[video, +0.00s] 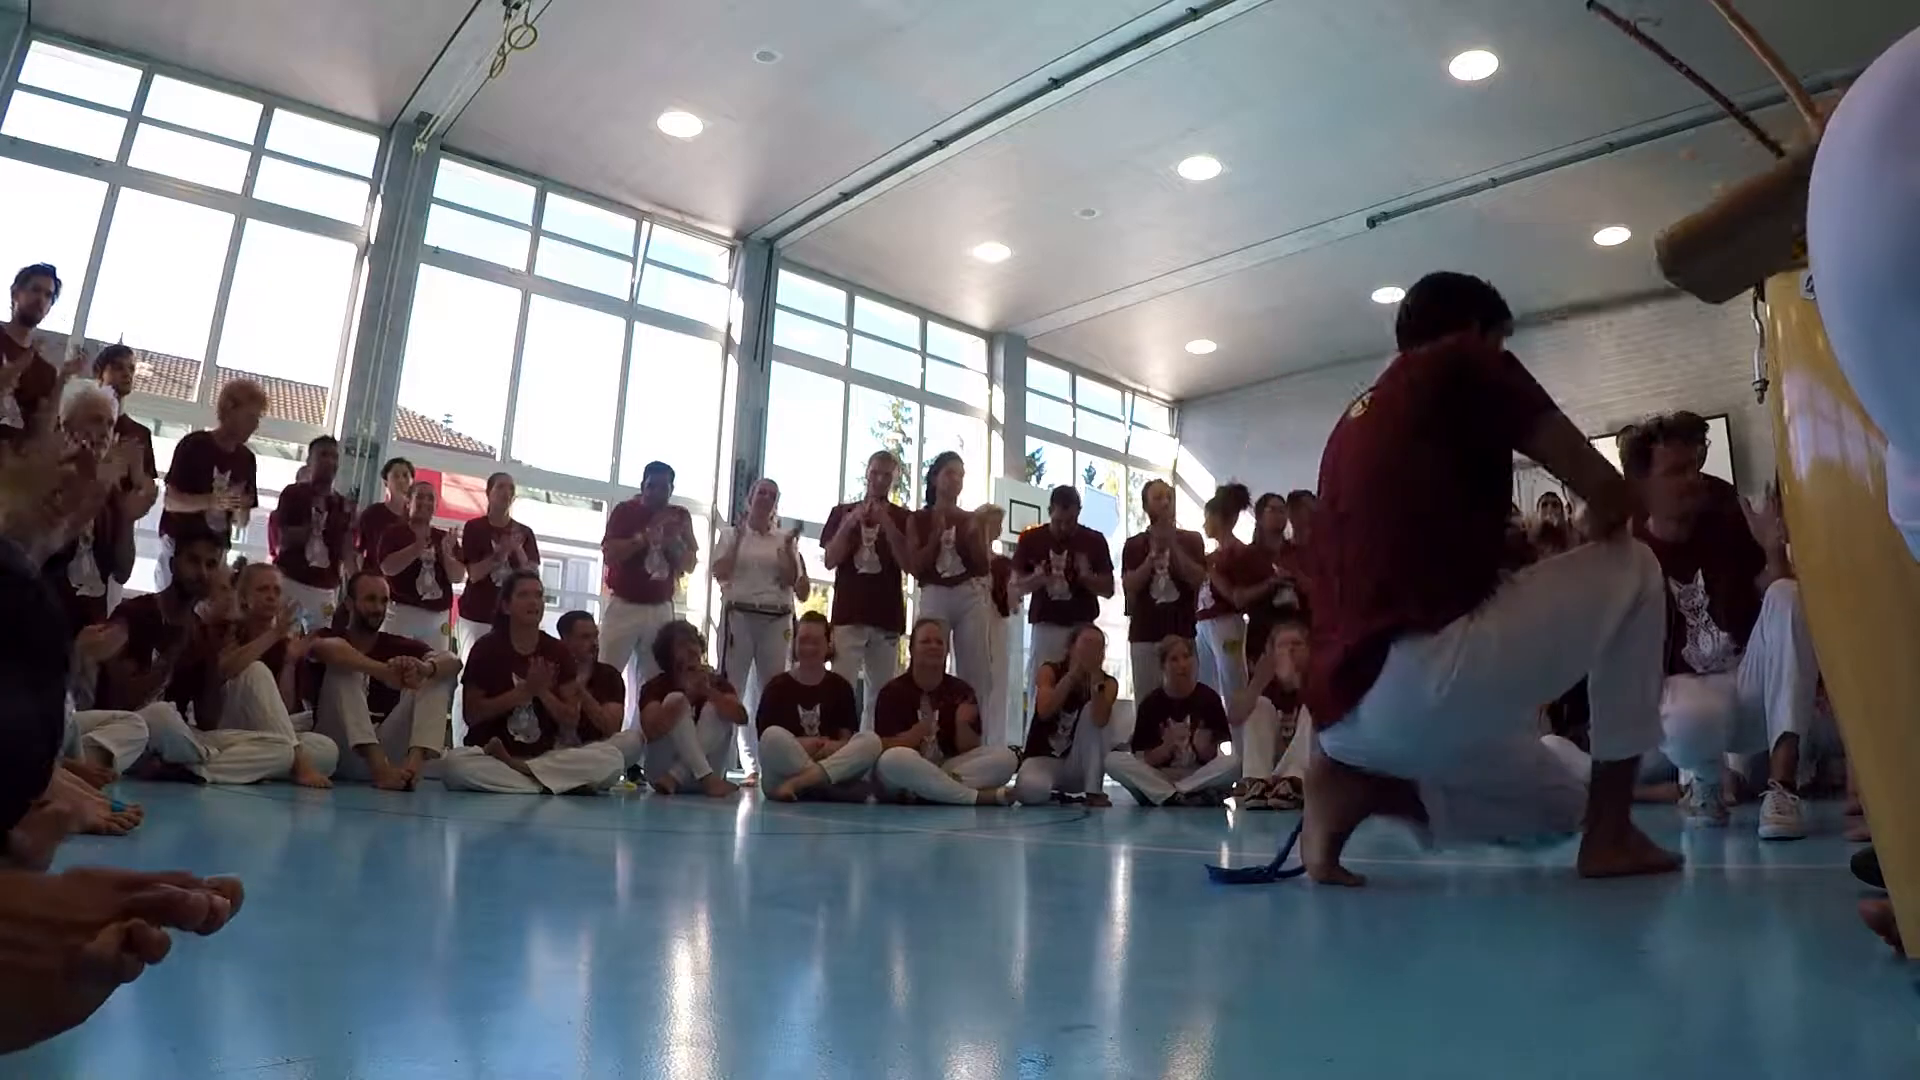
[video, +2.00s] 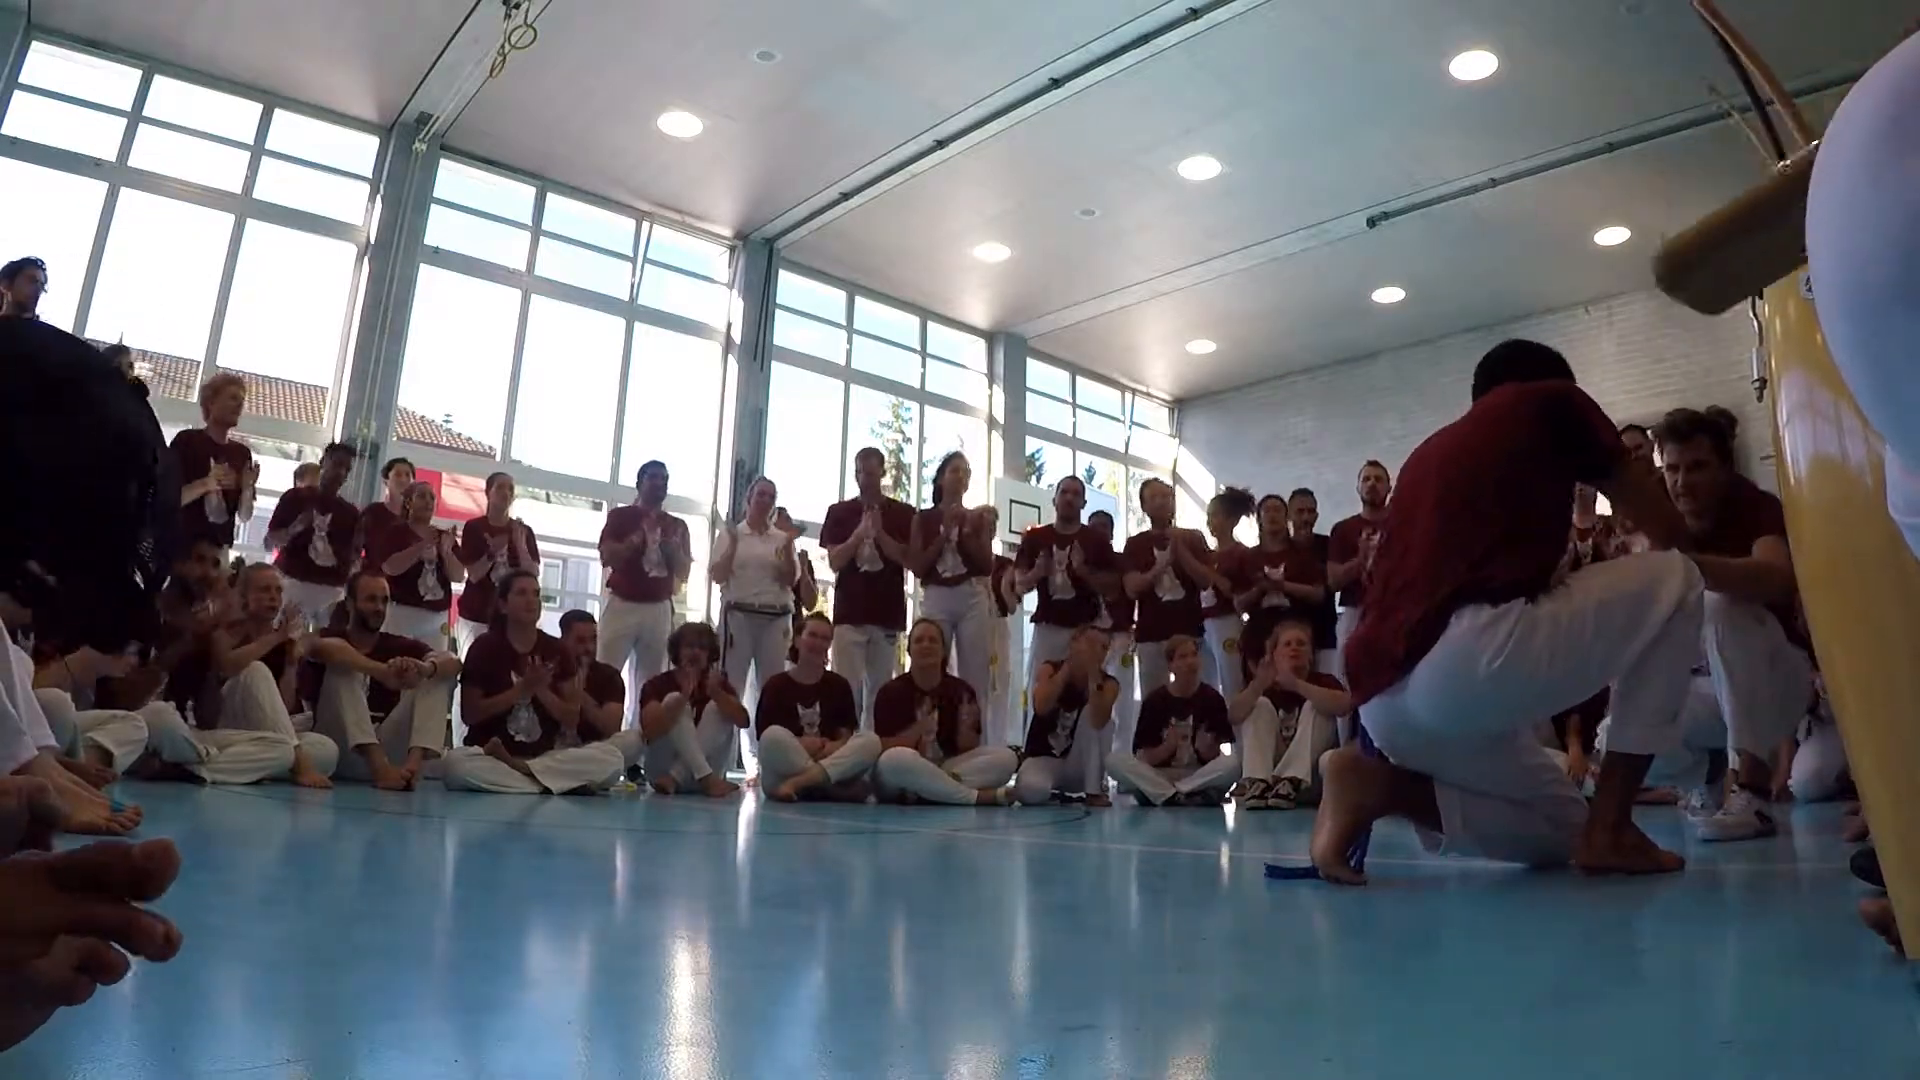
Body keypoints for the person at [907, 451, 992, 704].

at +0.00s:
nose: (955, 479)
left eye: (960, 474)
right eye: (949, 473)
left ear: (963, 481)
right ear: (934, 477)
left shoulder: (972, 520)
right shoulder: (917, 519)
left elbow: (982, 567)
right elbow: (915, 565)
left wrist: (972, 538)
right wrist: (935, 537)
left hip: (970, 594)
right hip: (933, 594)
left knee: (975, 676)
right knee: (929, 673)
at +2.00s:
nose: (961, 475)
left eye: (965, 471)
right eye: (954, 470)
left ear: (969, 480)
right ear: (940, 478)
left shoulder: (979, 518)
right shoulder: (923, 518)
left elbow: (986, 566)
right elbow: (918, 567)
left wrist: (964, 537)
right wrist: (943, 537)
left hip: (974, 597)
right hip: (935, 597)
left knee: (975, 678)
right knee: (931, 675)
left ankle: (974, 748)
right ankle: (930, 746)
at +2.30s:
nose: (956, 476)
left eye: (960, 472)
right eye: (949, 471)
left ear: (965, 480)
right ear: (935, 478)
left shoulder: (976, 519)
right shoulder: (921, 520)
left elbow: (985, 566)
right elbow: (918, 567)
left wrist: (970, 542)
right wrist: (941, 536)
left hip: (973, 594)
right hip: (936, 595)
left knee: (976, 677)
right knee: (931, 674)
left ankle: (976, 747)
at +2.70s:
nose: (959, 476)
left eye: (963, 472)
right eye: (952, 471)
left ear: (968, 480)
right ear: (939, 479)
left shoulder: (980, 515)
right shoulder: (926, 518)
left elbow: (987, 564)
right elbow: (922, 568)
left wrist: (967, 538)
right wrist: (944, 540)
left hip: (977, 594)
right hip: (939, 594)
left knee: (978, 678)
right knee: (934, 675)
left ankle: (978, 751)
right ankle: (933, 751)